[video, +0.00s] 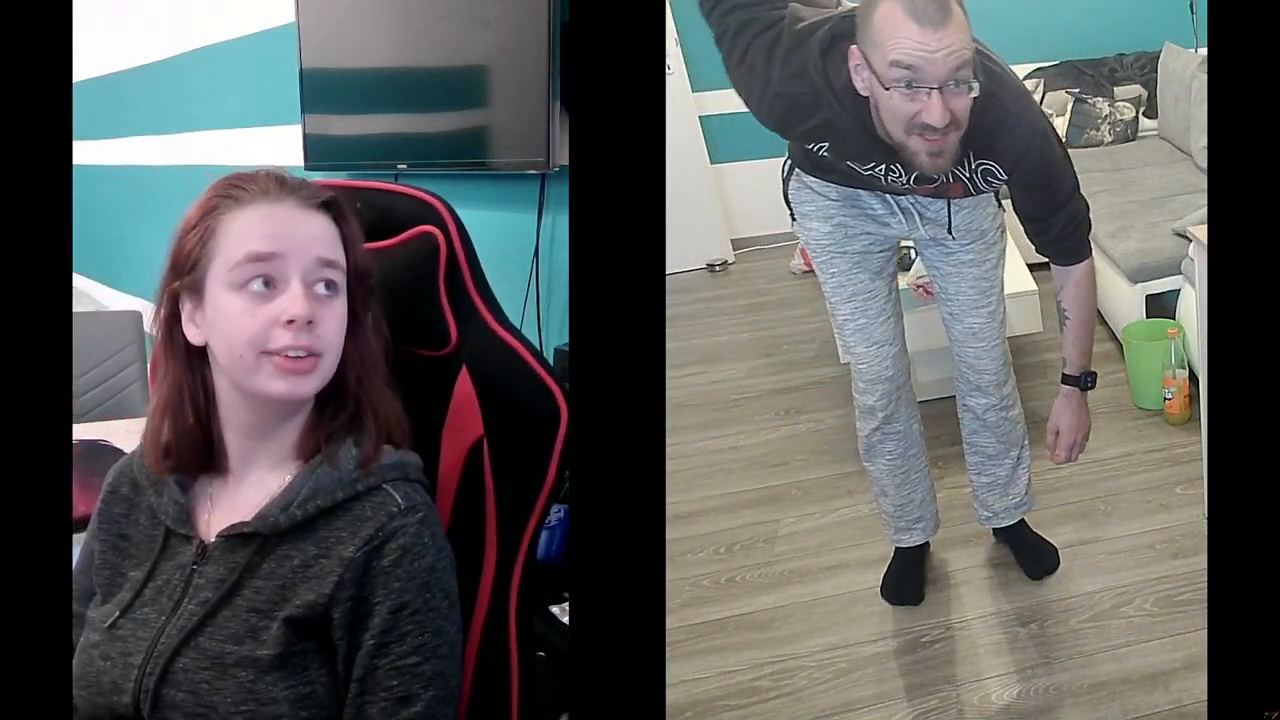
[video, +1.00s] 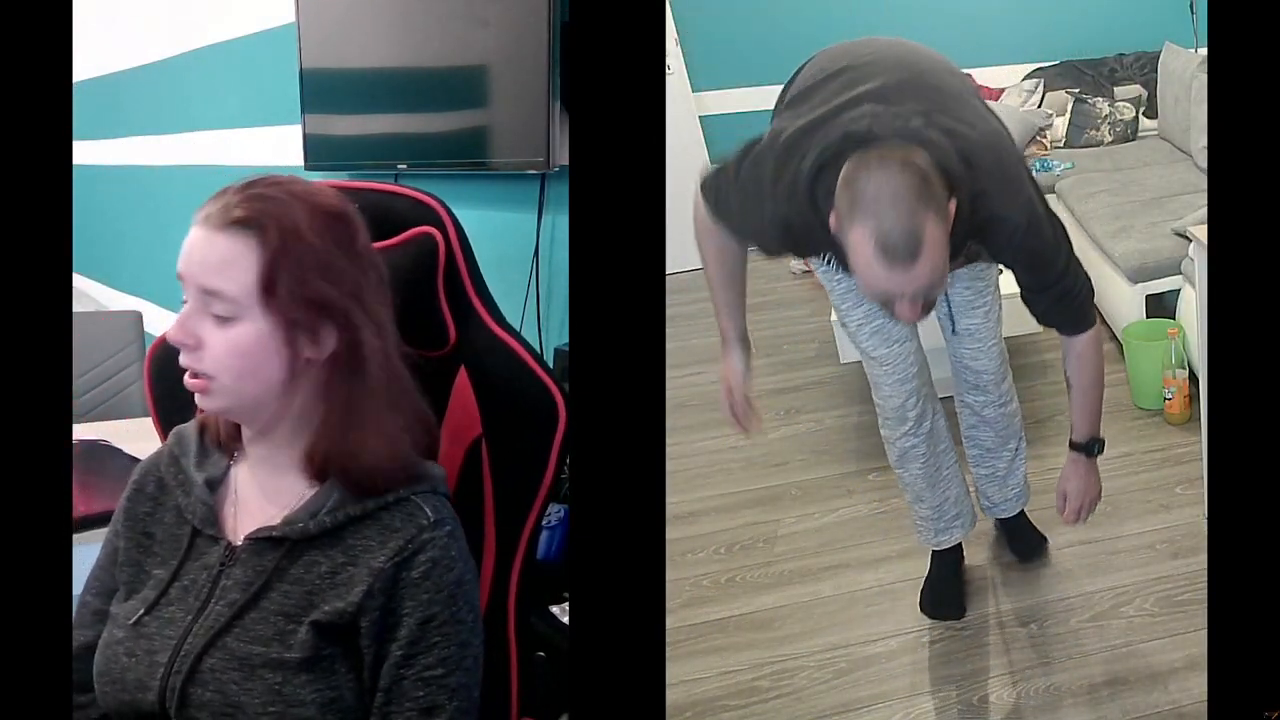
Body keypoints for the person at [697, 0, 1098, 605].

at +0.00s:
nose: (938, 112)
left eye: (957, 82)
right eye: (910, 85)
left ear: (973, 64)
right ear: (861, 71)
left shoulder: (1012, 120)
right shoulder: (790, 76)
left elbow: (1071, 249)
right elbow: (722, 3)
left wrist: (1077, 385)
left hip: (963, 194)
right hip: (837, 189)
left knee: (985, 362)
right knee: (877, 376)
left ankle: (1007, 513)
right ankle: (909, 534)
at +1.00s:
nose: (911, 315)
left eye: (927, 291)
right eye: (886, 298)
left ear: (949, 217)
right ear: (837, 229)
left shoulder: (1005, 203)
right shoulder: (781, 196)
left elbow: (1080, 322)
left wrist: (1084, 451)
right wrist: (733, 345)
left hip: (938, 79)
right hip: (812, 89)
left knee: (983, 364)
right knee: (899, 386)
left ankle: (1008, 506)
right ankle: (944, 541)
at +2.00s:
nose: (936, 587)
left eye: (953, 569)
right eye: (909, 579)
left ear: (974, 477)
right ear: (857, 502)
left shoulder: (1039, 439)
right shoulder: (794, 443)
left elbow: (1111, 579)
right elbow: (744, 570)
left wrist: (1164, 706)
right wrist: (761, 713)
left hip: (973, 212)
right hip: (848, 212)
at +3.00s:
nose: (885, 686)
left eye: (905, 670)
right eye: (848, 677)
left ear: (937, 568)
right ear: (802, 599)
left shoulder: (1021, 496)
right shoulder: (743, 552)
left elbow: (1117, 603)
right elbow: (741, 694)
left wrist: (1156, 713)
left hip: (951, 298)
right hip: (826, 315)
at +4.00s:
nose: (1016, 545)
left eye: (1040, 525)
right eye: (991, 524)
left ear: (1077, 456)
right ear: (950, 441)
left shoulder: (1125, 424)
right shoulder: (877, 395)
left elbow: (1136, 591)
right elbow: (863, 570)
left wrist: (1159, 712)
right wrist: (830, 547)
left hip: (1063, 285)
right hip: (959, 288)